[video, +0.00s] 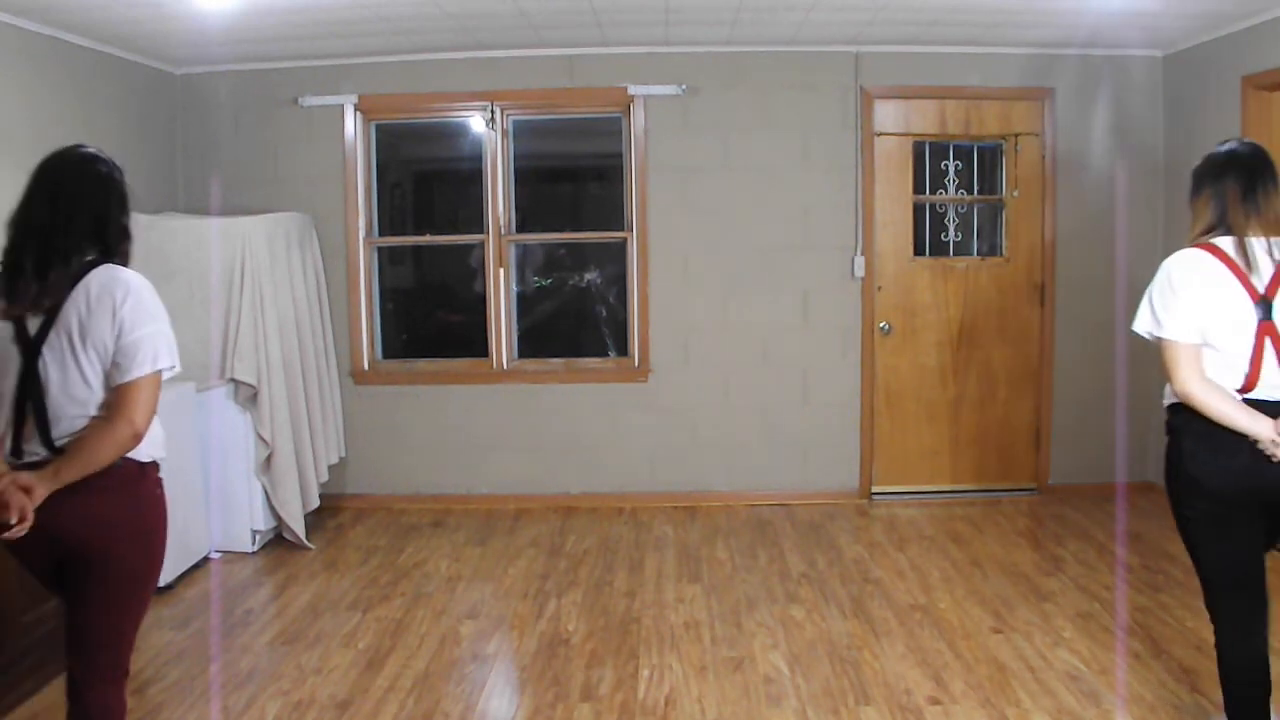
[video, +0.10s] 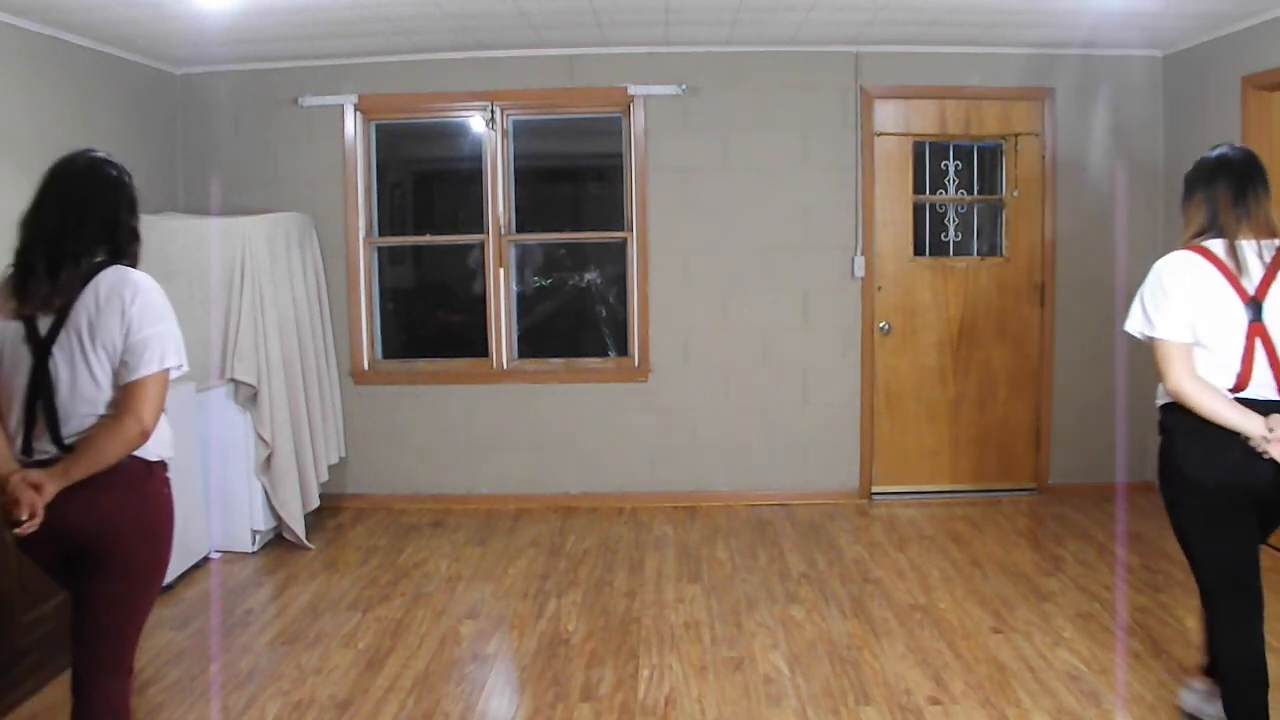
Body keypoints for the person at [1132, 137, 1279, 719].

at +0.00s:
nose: (1196, 206)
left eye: (1198, 196)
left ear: (1206, 196)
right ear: (1271, 195)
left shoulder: (1187, 268)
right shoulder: (1277, 260)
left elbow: (1186, 379)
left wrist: (1266, 430)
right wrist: (1269, 429)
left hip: (1214, 444)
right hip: (1270, 435)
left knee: (1238, 609)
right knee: (1241, 602)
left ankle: (1248, 712)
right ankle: (1252, 706)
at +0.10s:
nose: (1187, 209)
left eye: (1189, 199)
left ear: (1196, 200)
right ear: (1263, 197)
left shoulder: (1177, 270)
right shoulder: (1277, 259)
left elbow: (1179, 380)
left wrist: (1260, 428)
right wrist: (1267, 429)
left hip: (1205, 443)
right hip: (1272, 436)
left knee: (1232, 596)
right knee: (1230, 559)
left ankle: (1246, 708)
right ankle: (1215, 680)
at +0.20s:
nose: (1173, 215)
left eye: (1177, 206)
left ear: (1184, 208)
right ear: (1249, 206)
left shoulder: (1163, 276)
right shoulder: (1274, 267)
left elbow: (1166, 382)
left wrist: (1249, 429)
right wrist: (1271, 424)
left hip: (1192, 452)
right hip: (1270, 448)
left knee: (1229, 609)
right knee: (1199, 552)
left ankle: (1246, 712)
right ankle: (1167, 662)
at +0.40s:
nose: (1149, 226)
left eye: (1152, 217)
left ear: (1156, 219)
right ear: (1216, 218)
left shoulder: (1133, 281)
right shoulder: (1255, 284)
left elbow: (1126, 378)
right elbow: (1275, 377)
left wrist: (1199, 423)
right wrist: (1227, 419)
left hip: (1153, 441)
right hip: (1229, 442)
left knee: (1191, 586)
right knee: (1162, 547)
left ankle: (1235, 709)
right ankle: (1117, 638)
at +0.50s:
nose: (1138, 216)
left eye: (1141, 206)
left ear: (1144, 209)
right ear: (1202, 209)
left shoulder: (1120, 268)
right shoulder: (1233, 274)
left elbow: (1107, 362)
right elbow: (1258, 364)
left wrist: (1169, 409)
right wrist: (1200, 408)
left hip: (1132, 423)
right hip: (1204, 423)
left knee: (1141, 553)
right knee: (1147, 539)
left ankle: (1201, 675)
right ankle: (1116, 639)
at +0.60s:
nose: (1123, 207)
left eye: (1126, 198)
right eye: (1126, 199)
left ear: (1133, 202)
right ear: (1189, 200)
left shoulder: (1109, 260)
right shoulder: (1219, 265)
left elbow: (1099, 353)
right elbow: (1242, 353)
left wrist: (1163, 397)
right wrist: (1188, 392)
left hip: (1120, 415)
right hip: (1190, 417)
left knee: (1100, 531)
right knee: (1145, 526)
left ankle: (1159, 635)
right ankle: (1115, 640)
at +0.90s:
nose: (1099, 205)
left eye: (1100, 196)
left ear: (1101, 197)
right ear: (1154, 195)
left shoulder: (1083, 254)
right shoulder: (1187, 257)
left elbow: (1075, 341)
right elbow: (1207, 339)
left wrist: (1129, 388)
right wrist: (1156, 385)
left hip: (1092, 398)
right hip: (1161, 401)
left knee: (1057, 487)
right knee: (1133, 519)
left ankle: (1077, 590)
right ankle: (1117, 637)